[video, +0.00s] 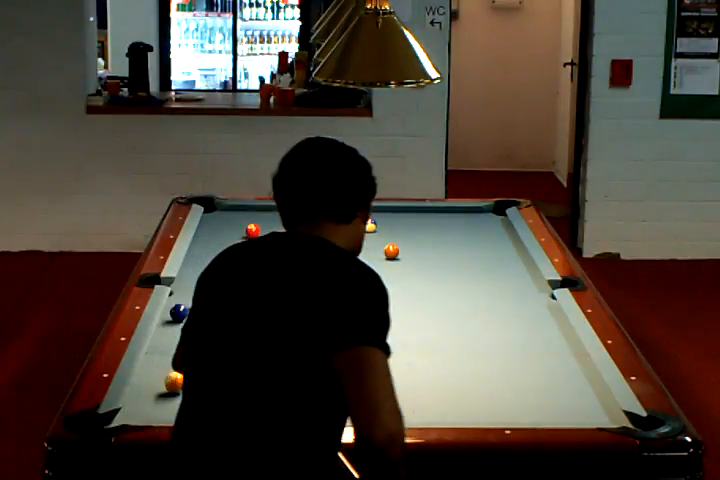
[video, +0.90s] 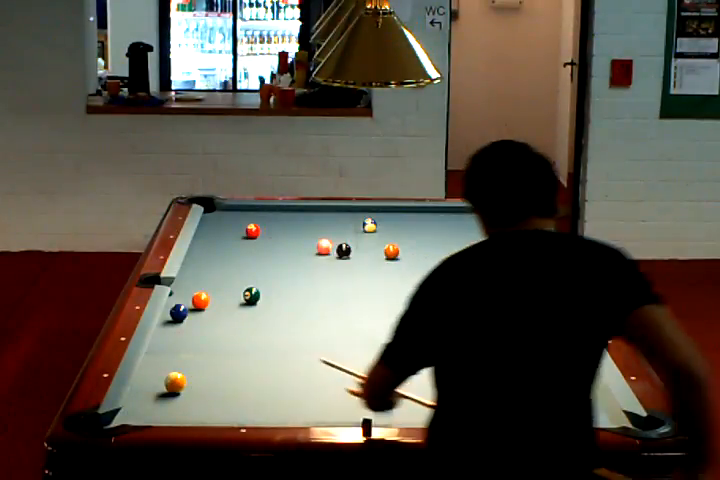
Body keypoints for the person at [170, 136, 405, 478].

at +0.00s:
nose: (366, 226)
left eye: (366, 213)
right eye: (367, 214)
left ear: (282, 205)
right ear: (361, 214)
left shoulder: (227, 263)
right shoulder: (354, 282)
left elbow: (184, 363)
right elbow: (381, 430)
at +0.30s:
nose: (395, 218)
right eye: (396, 208)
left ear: (311, 204)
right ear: (391, 209)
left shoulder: (260, 265)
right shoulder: (391, 283)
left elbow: (207, 363)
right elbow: (432, 434)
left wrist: (280, 379)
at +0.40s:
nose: (415, 217)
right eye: (416, 206)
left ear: (330, 207)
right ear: (411, 206)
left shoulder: (282, 268)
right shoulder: (415, 284)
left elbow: (223, 365)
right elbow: (463, 431)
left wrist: (297, 377)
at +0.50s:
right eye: (437, 205)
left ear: (355, 210)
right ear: (435, 210)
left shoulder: (311, 276)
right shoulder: (448, 290)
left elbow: (246, 372)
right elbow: (501, 428)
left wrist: (304, 354)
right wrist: (453, 472)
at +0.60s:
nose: (465, 219)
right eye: (466, 209)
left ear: (385, 217)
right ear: (465, 215)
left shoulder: (343, 288)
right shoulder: (487, 293)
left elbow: (275, 381)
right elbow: (545, 424)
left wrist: (334, 369)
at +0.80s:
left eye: (448, 203)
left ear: (450, 209)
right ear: (525, 204)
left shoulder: (420, 282)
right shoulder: (568, 273)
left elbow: (345, 390)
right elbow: (646, 384)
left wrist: (356, 381)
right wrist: (643, 460)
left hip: (428, 479)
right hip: (529, 479)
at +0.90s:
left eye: (478, 202)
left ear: (478, 208)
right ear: (558, 196)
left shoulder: (452, 277)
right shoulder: (600, 265)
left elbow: (376, 392)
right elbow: (688, 369)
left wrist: (382, 394)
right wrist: (699, 455)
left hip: (461, 474)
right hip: (563, 473)